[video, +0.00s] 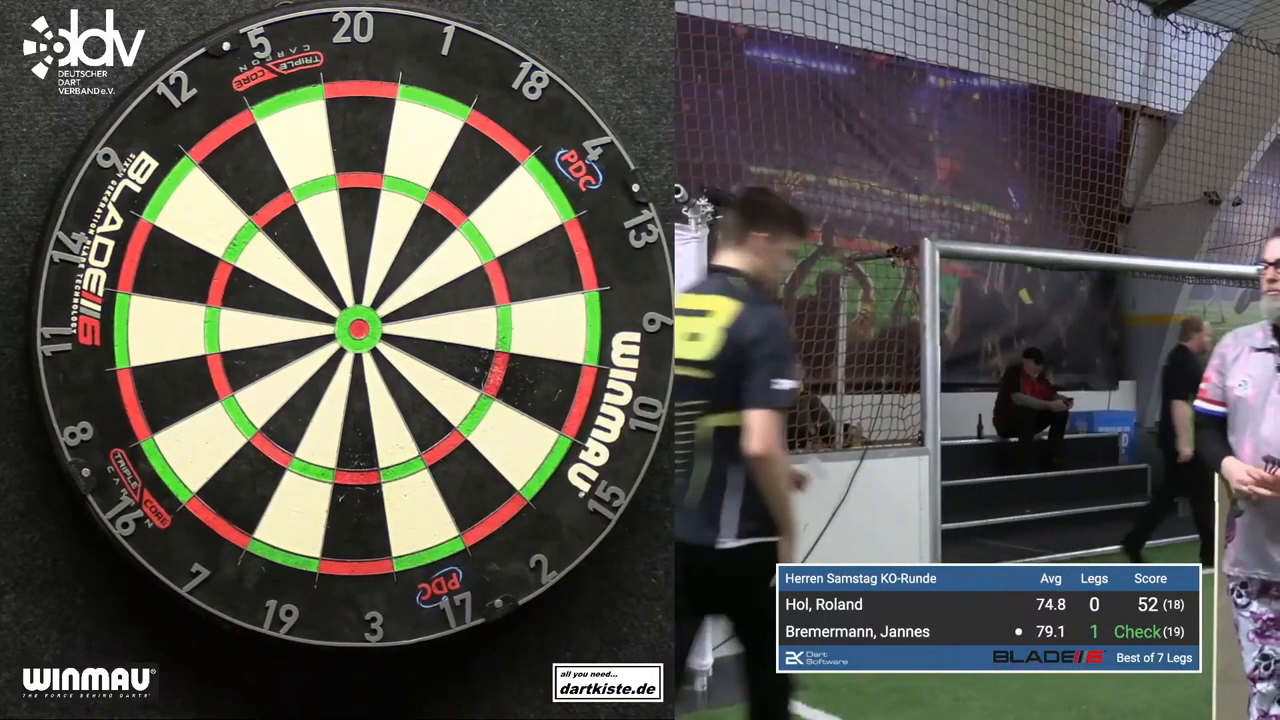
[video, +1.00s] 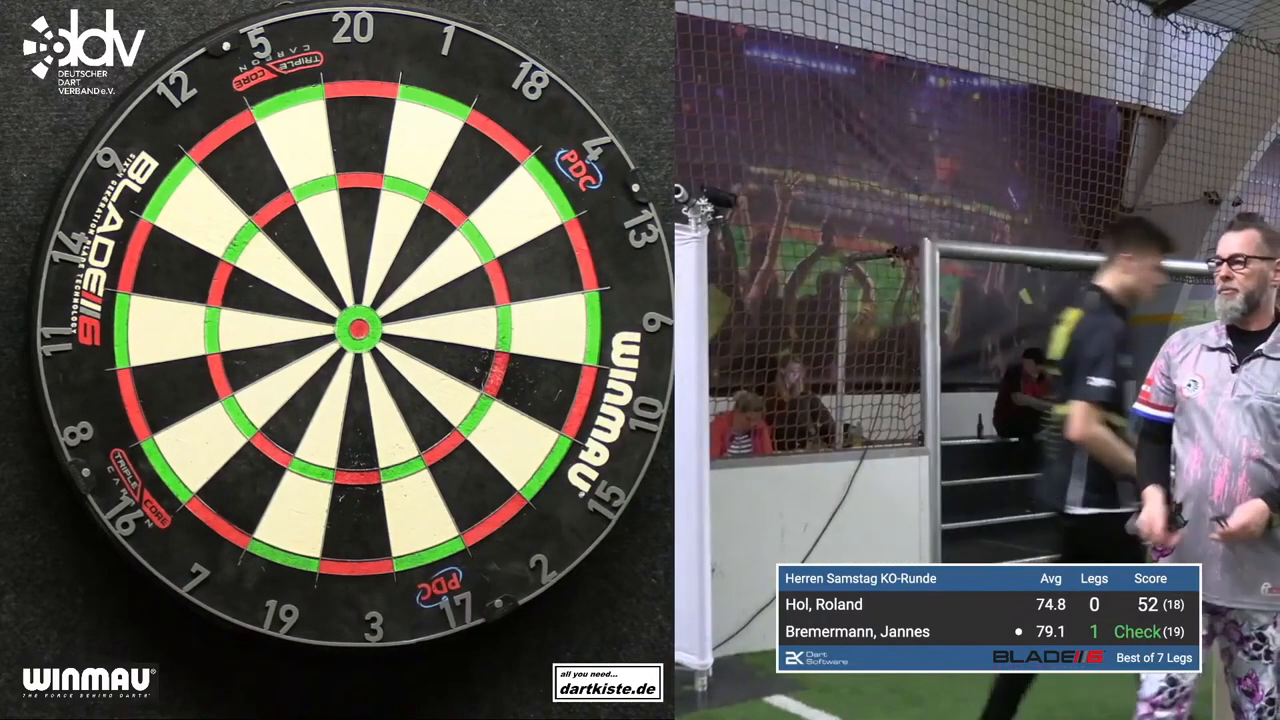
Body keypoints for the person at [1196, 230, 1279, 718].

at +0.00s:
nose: (1271, 276)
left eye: (1279, 265)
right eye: (1267, 266)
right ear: (1261, 274)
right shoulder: (1236, 347)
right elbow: (1208, 428)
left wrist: (1275, 479)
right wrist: (1229, 466)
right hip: (1257, 561)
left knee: (1269, 694)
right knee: (1267, 694)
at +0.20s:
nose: (1251, 274)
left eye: (1266, 265)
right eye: (1246, 265)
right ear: (1240, 274)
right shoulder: (1216, 351)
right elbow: (1191, 435)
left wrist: (1276, 500)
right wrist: (1213, 477)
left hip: (1279, 565)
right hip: (1241, 563)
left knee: (1270, 692)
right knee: (1259, 692)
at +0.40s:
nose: (1243, 272)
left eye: (1259, 262)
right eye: (1239, 263)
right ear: (1234, 272)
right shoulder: (1206, 348)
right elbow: (1177, 432)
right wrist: (1196, 478)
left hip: (1277, 566)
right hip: (1221, 562)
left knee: (1270, 697)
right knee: (1233, 692)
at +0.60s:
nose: (1238, 270)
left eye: (1254, 260)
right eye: (1234, 260)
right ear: (1229, 268)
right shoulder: (1200, 346)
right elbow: (1162, 432)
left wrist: (1271, 497)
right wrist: (1183, 473)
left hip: (1271, 572)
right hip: (1203, 566)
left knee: (1268, 701)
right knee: (1203, 694)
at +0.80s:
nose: (1232, 268)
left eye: (1248, 258)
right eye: (1227, 258)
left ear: (1279, 267)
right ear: (1222, 266)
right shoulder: (1192, 344)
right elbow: (1161, 426)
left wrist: (1262, 496)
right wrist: (1172, 472)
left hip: (1268, 574)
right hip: (1194, 565)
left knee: (1266, 705)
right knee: (1186, 700)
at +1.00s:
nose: (1223, 271)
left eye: (1239, 261)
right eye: (1219, 262)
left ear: (1274, 272)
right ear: (1213, 271)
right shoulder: (1182, 347)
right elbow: (1152, 434)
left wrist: (1268, 507)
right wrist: (1153, 494)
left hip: (1262, 577)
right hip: (1179, 567)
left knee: (1258, 708)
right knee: (1159, 704)